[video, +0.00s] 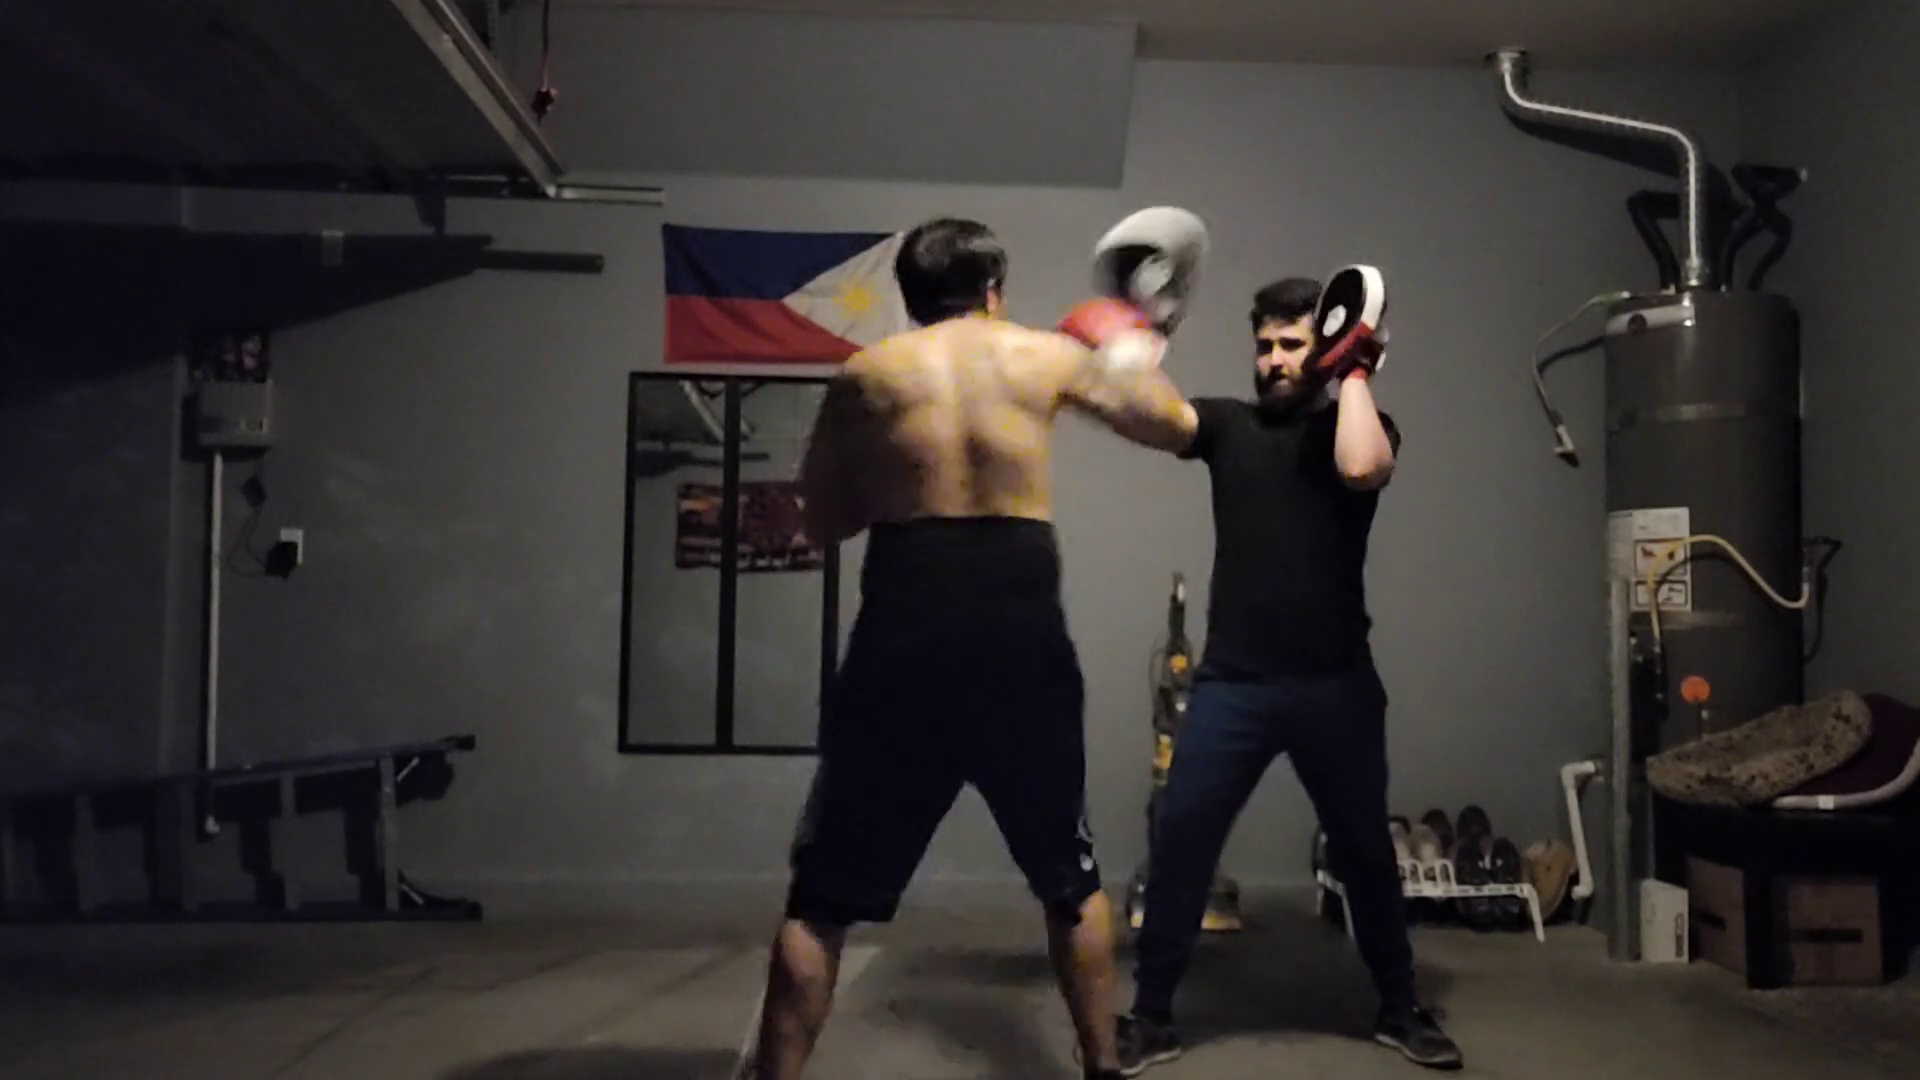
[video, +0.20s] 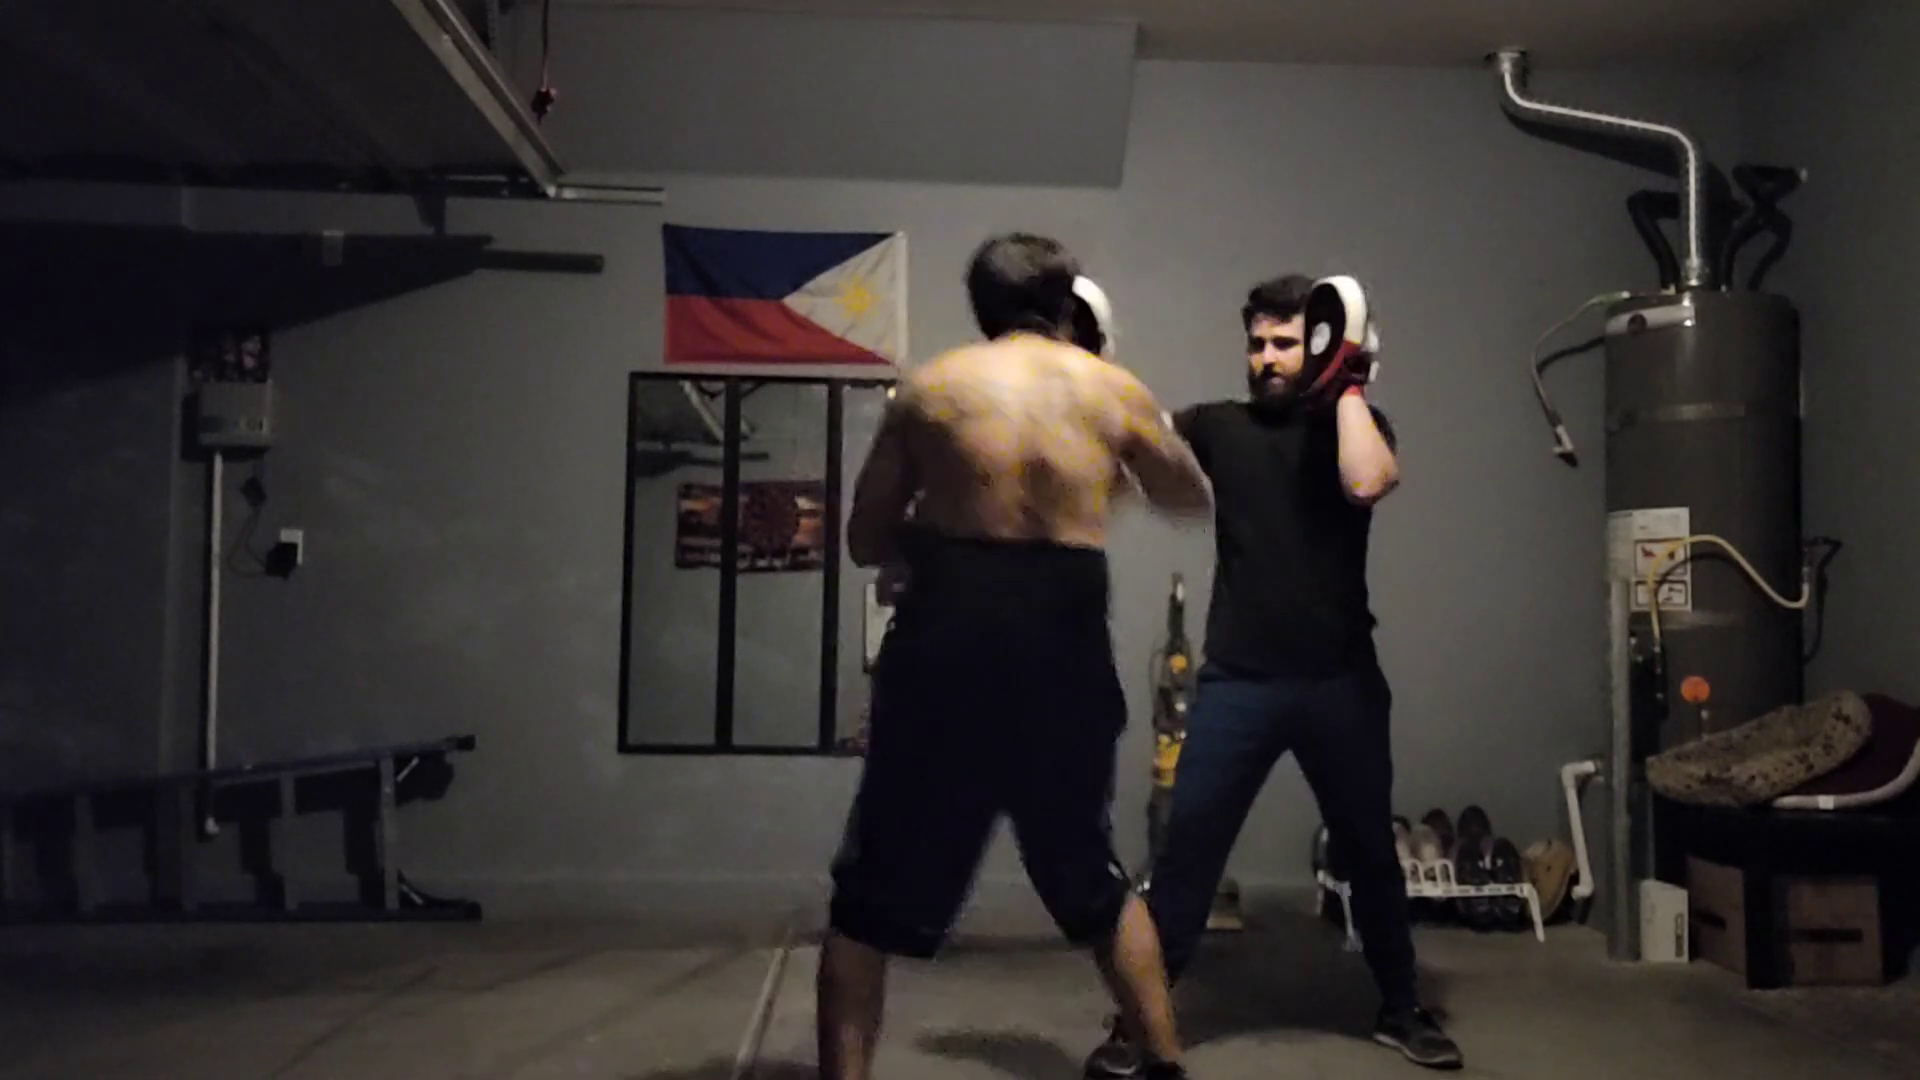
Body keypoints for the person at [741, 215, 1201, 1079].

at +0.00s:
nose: (1007, 298)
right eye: (1006, 288)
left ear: (910, 295)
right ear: (995, 293)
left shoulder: (863, 376)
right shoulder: (1046, 356)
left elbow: (826, 520)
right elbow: (1177, 423)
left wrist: (895, 464)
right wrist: (1134, 347)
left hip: (904, 639)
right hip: (1021, 640)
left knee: (824, 894)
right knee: (1070, 875)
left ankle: (772, 1070)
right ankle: (1103, 1063)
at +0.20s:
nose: (1081, 310)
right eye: (1076, 300)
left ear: (979, 308)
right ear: (1068, 307)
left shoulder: (930, 386)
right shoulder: (1109, 386)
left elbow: (867, 538)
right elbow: (1190, 495)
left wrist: (945, 536)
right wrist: (1114, 393)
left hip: (944, 656)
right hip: (1064, 655)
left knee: (875, 884)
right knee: (1085, 867)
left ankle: (846, 1067)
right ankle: (1165, 1056)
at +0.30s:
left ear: (1018, 315)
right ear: (1102, 310)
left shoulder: (983, 388)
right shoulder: (1157, 404)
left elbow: (902, 529)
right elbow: (1216, 560)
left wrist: (990, 556)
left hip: (1009, 660)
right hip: (1118, 666)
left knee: (909, 895)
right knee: (1119, 889)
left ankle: (859, 1068)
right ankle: (1172, 1066)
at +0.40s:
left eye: (1058, 291)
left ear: (1062, 293)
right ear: (1144, 290)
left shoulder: (1058, 366)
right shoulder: (1207, 389)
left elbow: (981, 492)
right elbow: (1247, 545)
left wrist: (1045, 554)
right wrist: (1187, 609)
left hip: (1087, 647)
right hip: (1185, 656)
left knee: (987, 880)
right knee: (1149, 885)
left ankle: (940, 1062)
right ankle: (1173, 1064)